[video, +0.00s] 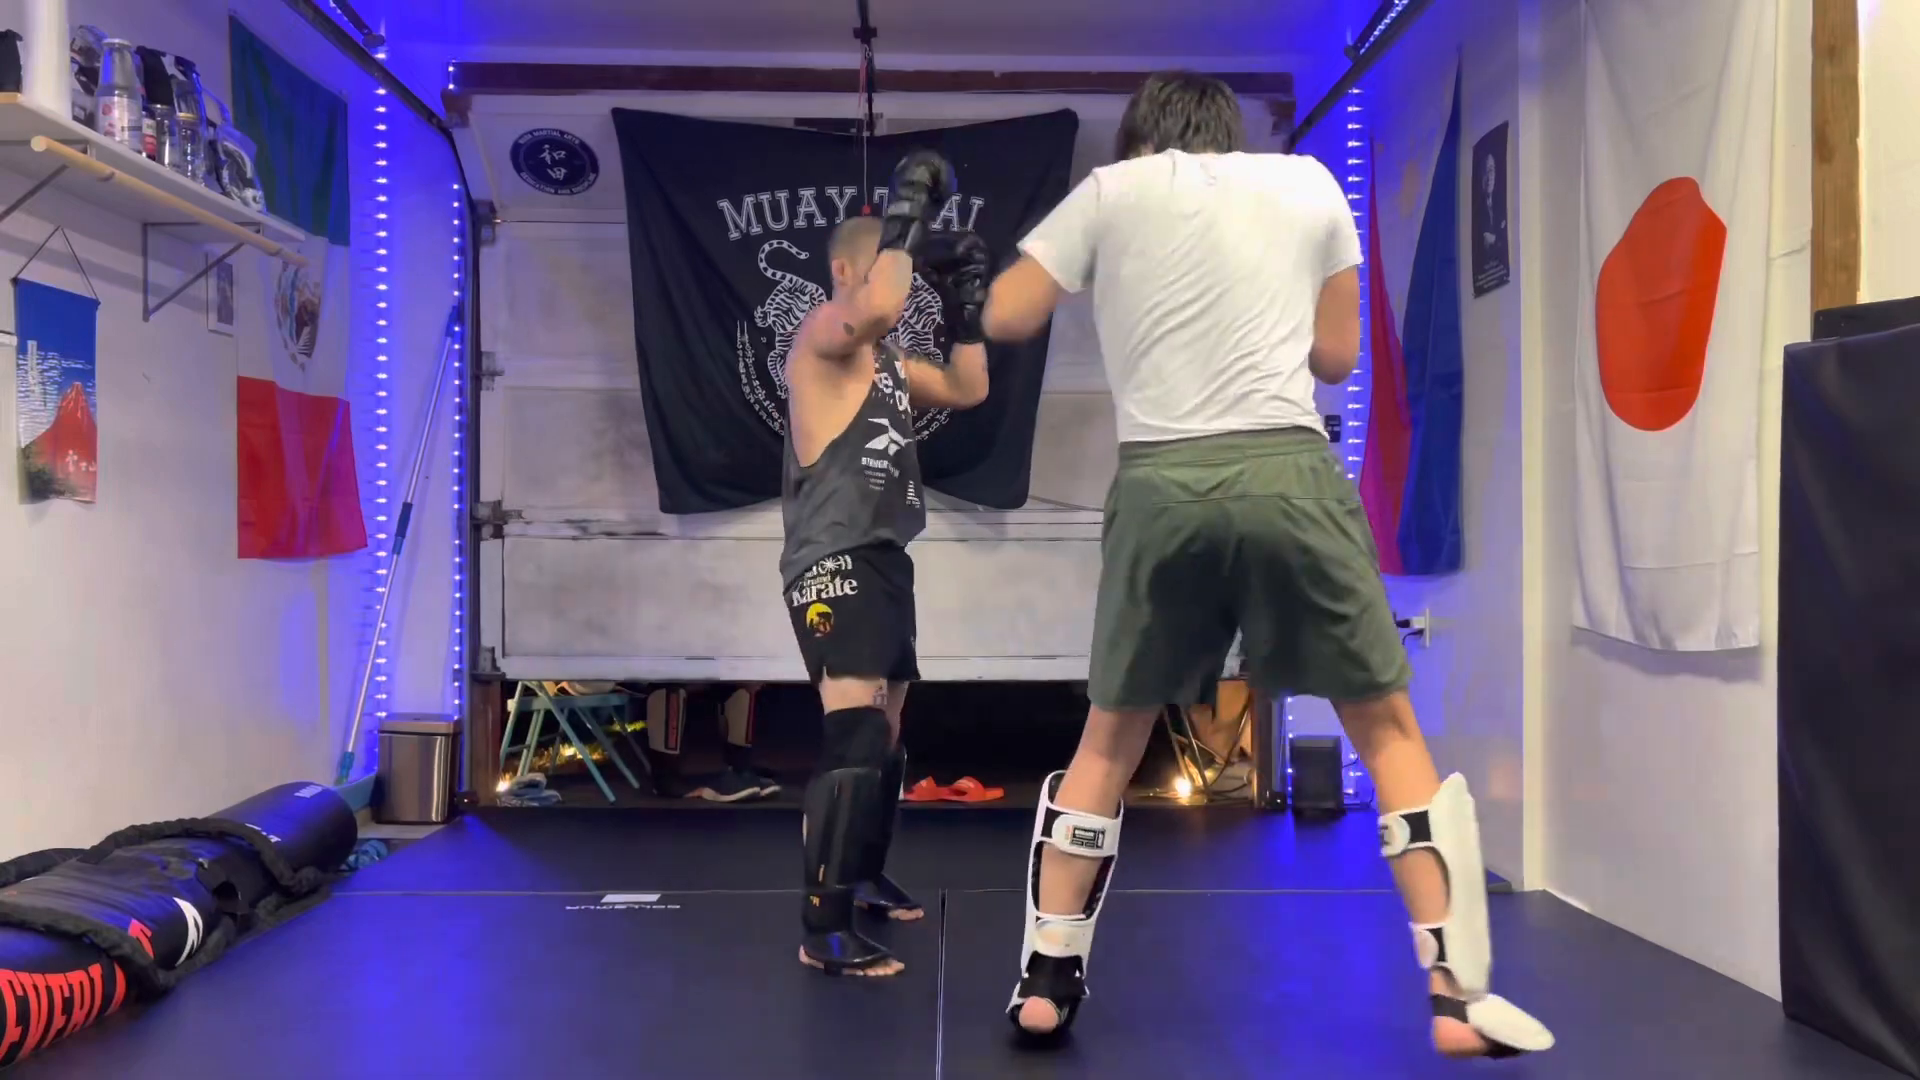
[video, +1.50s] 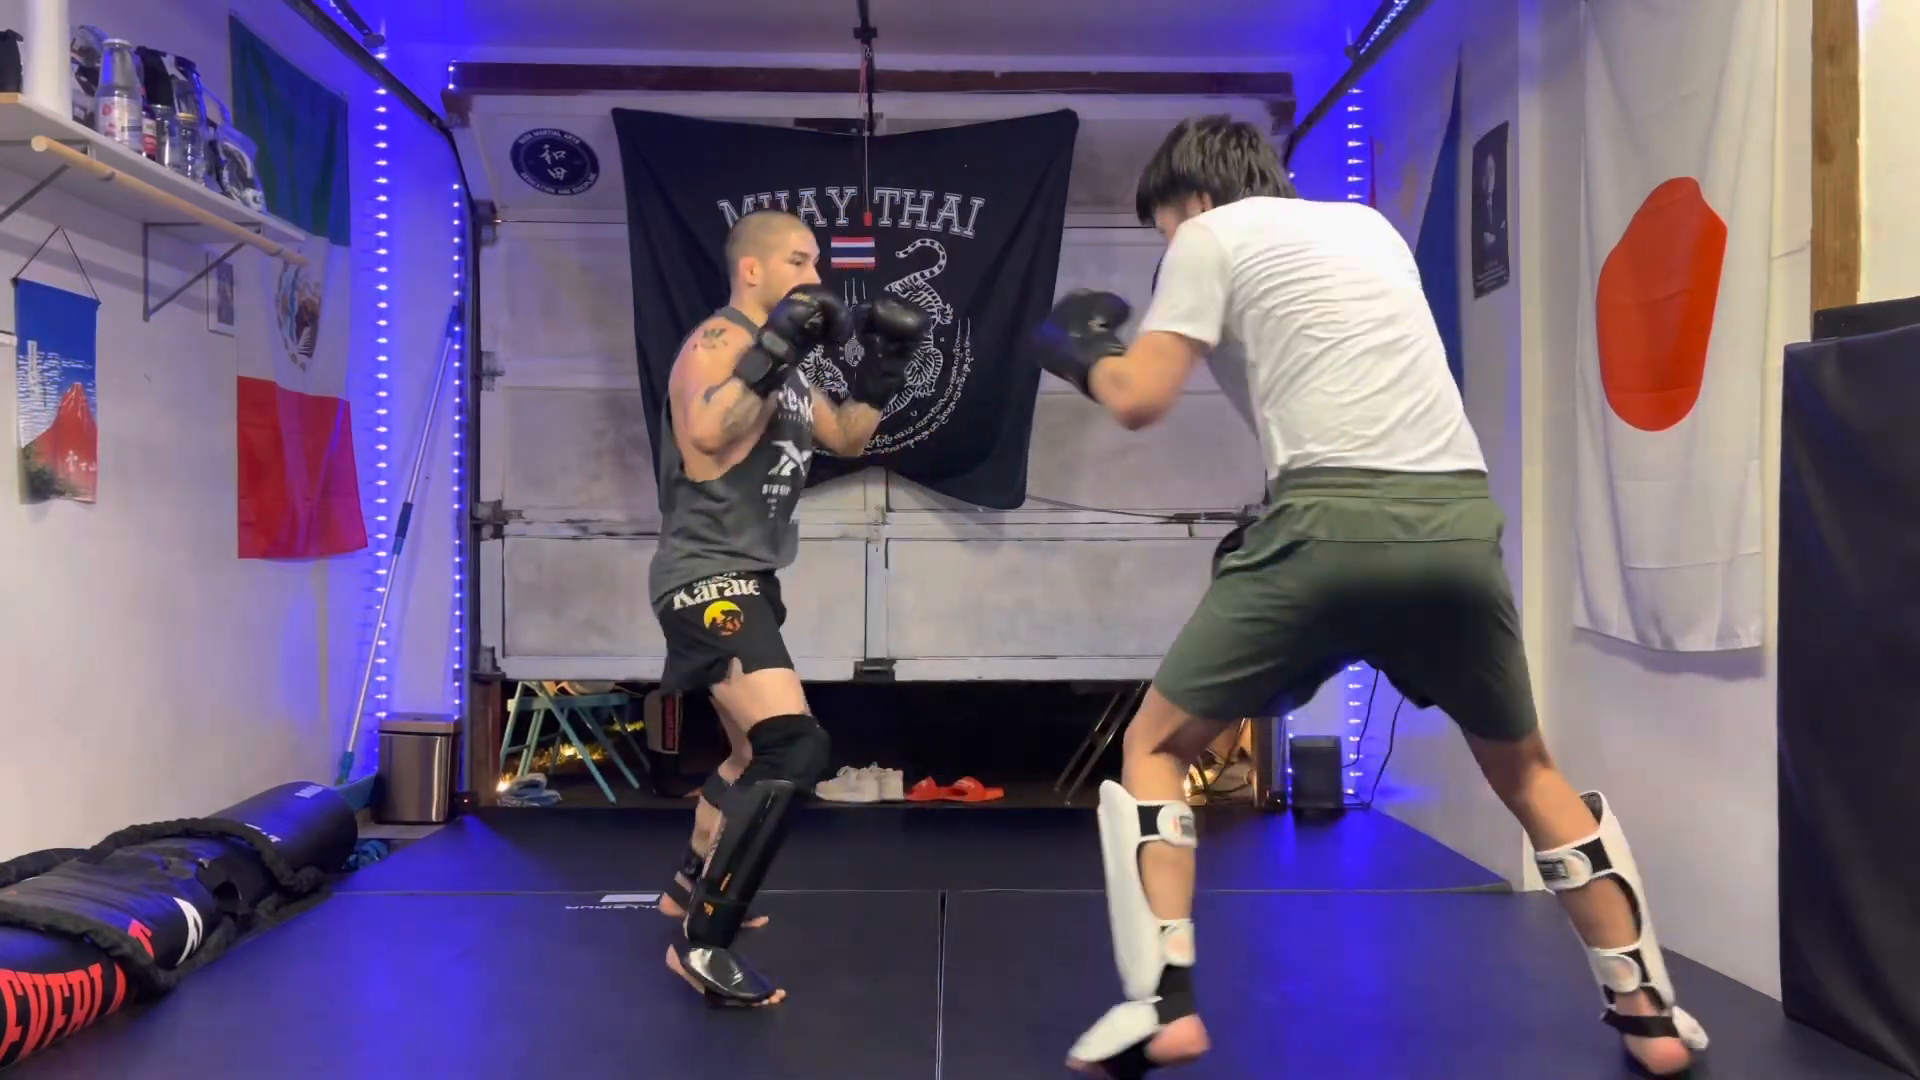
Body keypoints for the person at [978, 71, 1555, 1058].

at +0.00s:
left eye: (1135, 139)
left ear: (1140, 139)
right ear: (1234, 133)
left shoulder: (1111, 191)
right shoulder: (1309, 183)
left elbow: (1006, 316)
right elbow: (1336, 355)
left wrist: (1069, 254)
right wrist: (1254, 308)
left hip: (1161, 488)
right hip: (1292, 479)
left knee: (1108, 742)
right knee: (1385, 729)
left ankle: (1048, 983)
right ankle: (1454, 990)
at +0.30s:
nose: (1222, 177)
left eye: (1221, 165)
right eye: (1221, 168)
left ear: (1244, 141)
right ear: (1317, 121)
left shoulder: (1250, 168)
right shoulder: (1426, 183)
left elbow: (1208, 321)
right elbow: (1381, 297)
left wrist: (1175, 264)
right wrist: (1242, 246)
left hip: (1296, 488)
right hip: (1425, 491)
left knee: (1186, 735)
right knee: (1476, 753)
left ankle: (1099, 967)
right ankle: (1557, 1003)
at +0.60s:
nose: (1303, 169)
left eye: (1303, 152)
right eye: (1301, 155)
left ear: (1322, 132)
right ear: (1394, 114)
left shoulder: (1353, 160)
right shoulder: (1494, 188)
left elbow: (1293, 314)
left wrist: (1256, 215)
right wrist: (1297, 223)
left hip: (1396, 529)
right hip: (1509, 526)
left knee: (1324, 778)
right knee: (1550, 769)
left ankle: (1421, 1033)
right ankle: (1651, 1009)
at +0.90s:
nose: (1273, 188)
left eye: (1276, 174)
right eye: (1276, 181)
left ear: (1299, 161)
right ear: (1386, 141)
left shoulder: (1304, 198)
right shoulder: (1491, 196)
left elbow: (1137, 246)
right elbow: (1473, 327)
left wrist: (1007, 244)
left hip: (1401, 525)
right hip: (1533, 524)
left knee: (1300, 784)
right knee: (1556, 764)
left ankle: (1247, 1045)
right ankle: (1681, 1004)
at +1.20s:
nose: (1196, 265)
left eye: (1189, 239)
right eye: (1184, 245)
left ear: (1232, 210)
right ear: (1274, 192)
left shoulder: (1290, 252)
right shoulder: (1396, 224)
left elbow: (1308, 427)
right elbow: (1382, 375)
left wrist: (1207, 381)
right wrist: (1264, 334)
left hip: (1421, 528)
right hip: (1526, 527)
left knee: (1248, 765)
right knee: (1514, 780)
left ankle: (1257, 1043)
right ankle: (1676, 999)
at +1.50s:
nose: (1171, 244)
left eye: (1169, 227)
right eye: (1163, 234)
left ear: (1200, 202)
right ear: (1264, 179)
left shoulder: (1212, 234)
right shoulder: (1373, 226)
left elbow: (1136, 398)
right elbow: (1337, 357)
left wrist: (1088, 352)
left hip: (1323, 531)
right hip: (1461, 532)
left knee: (1157, 746)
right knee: (1530, 771)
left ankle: (1164, 998)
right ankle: (1645, 1003)